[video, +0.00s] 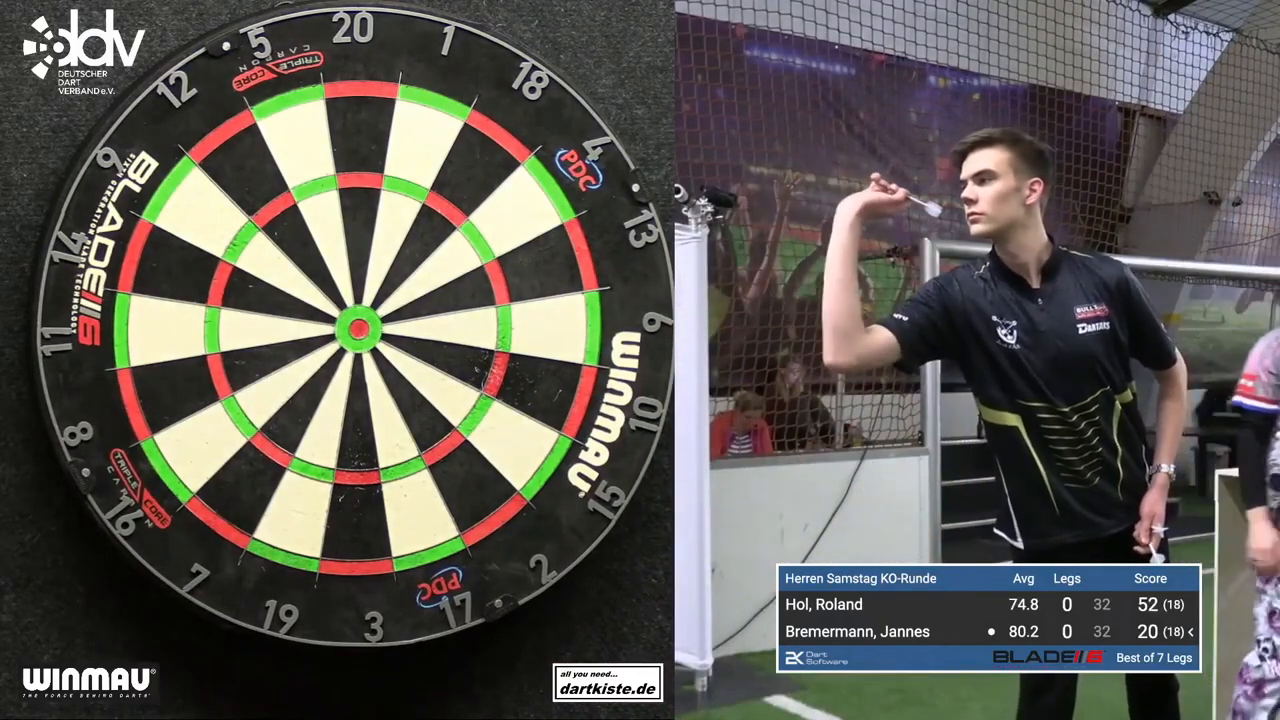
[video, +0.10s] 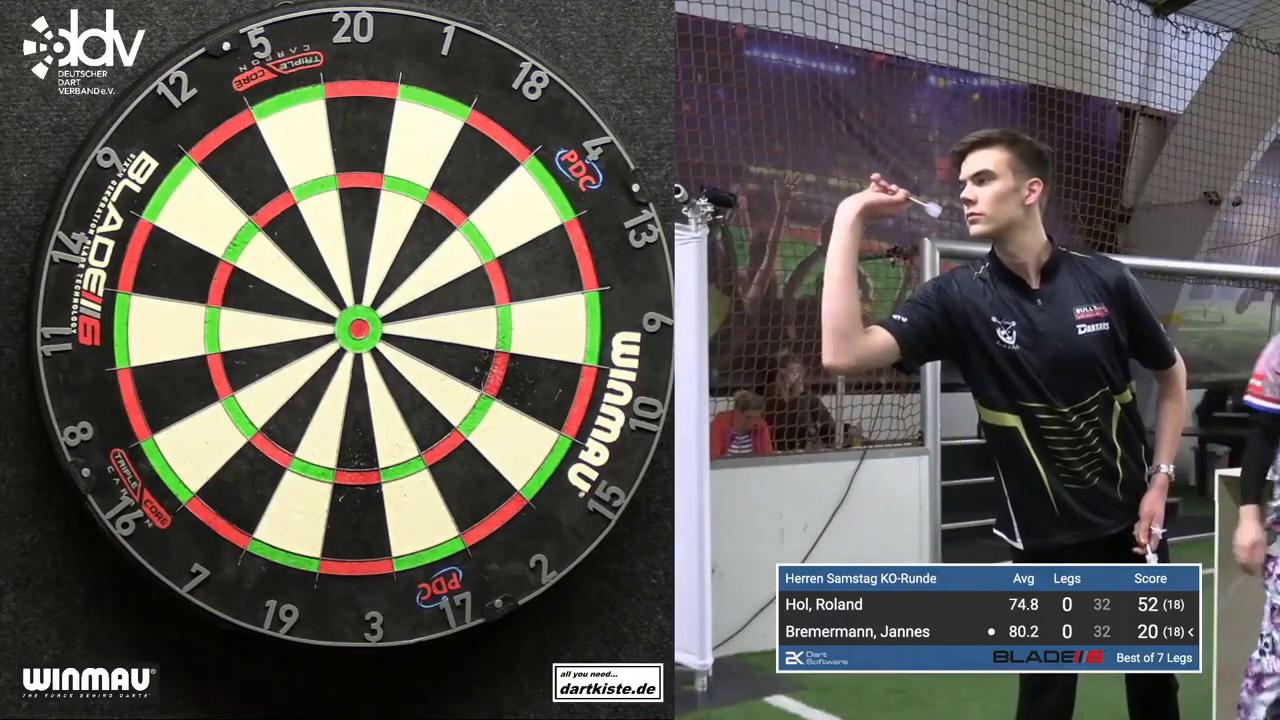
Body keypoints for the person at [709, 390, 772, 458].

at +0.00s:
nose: (752, 423)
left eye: (756, 418)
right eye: (748, 417)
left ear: (760, 416)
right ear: (737, 412)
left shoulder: (761, 426)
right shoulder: (719, 424)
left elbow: (768, 456)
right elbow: (713, 459)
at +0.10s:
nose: (753, 422)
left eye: (756, 418)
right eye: (748, 417)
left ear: (760, 416)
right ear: (737, 412)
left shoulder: (761, 426)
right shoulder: (719, 424)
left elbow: (768, 456)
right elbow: (713, 459)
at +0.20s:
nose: (753, 422)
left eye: (756, 418)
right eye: (748, 417)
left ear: (760, 416)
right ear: (737, 413)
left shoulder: (761, 425)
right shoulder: (719, 424)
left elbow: (768, 456)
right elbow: (713, 459)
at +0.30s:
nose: (753, 422)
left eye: (756, 418)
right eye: (747, 417)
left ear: (760, 416)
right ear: (737, 413)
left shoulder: (761, 426)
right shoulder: (719, 424)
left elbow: (768, 457)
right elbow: (713, 459)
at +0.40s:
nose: (753, 422)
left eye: (756, 418)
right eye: (748, 417)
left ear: (760, 416)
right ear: (737, 413)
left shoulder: (761, 426)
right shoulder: (719, 424)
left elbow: (768, 456)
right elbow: (713, 459)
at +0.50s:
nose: (752, 422)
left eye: (756, 418)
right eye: (747, 417)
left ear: (760, 416)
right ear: (737, 413)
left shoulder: (761, 426)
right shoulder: (719, 424)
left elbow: (768, 456)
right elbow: (713, 459)